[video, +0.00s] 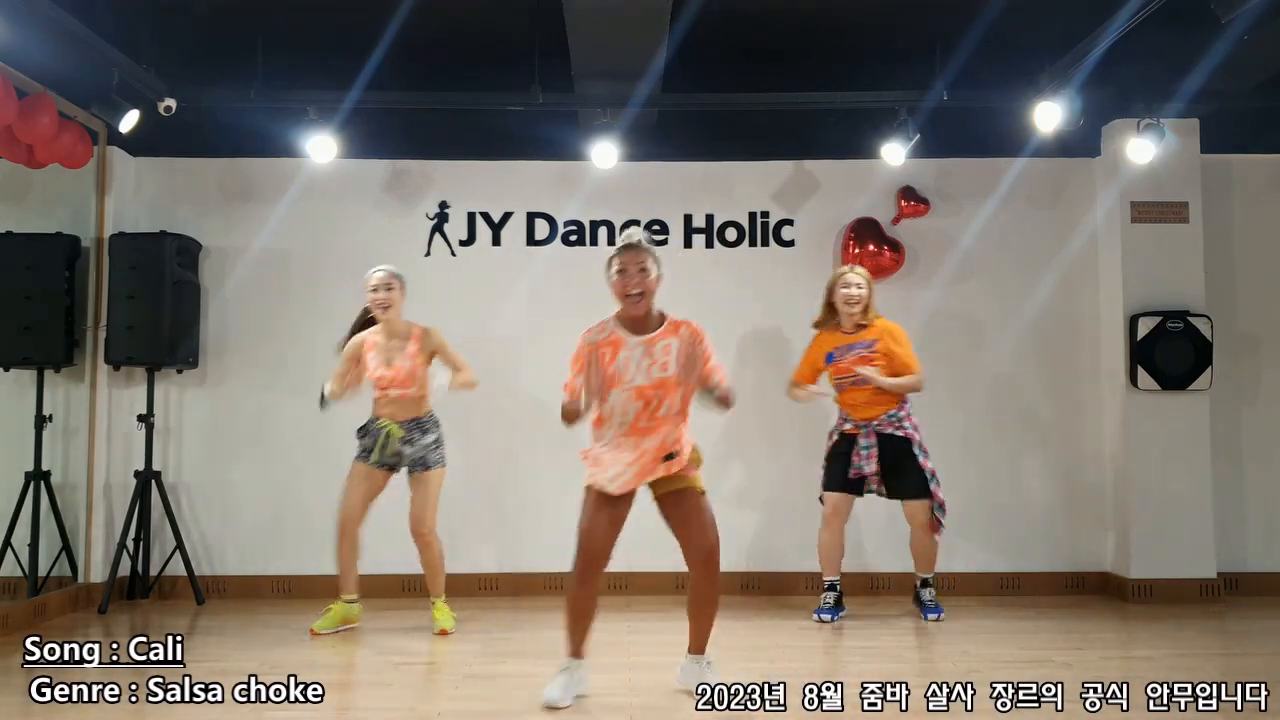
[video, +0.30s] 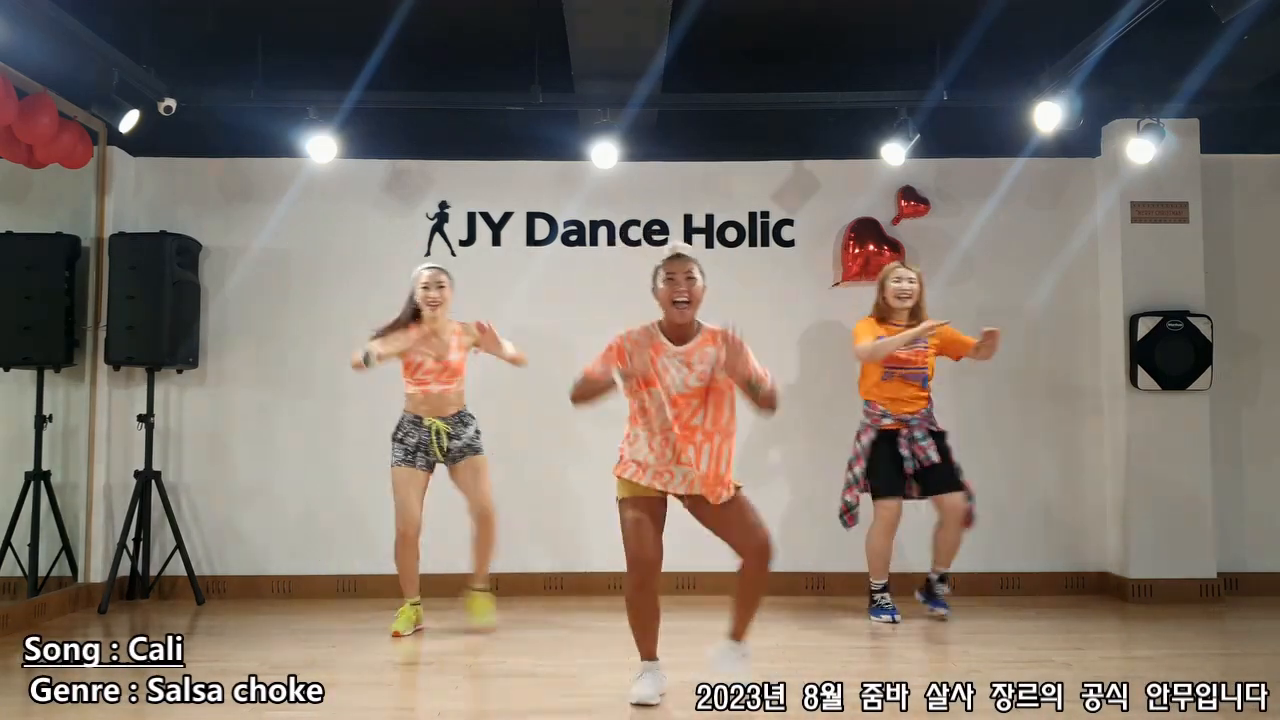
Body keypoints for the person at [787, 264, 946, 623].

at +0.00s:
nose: (853, 291)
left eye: (859, 286)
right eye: (846, 286)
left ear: (869, 294)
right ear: (833, 294)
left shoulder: (887, 332)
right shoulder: (824, 341)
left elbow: (916, 381)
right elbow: (795, 389)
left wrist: (881, 381)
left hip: (894, 431)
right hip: (850, 433)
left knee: (921, 513)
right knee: (833, 510)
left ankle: (925, 589)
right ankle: (831, 592)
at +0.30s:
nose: (905, 286)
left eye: (911, 280)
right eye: (897, 280)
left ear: (920, 291)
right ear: (882, 290)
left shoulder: (930, 330)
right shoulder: (869, 326)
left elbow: (978, 352)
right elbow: (867, 353)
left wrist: (988, 344)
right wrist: (915, 332)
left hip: (923, 430)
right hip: (883, 431)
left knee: (955, 505)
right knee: (887, 512)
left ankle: (935, 586)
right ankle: (879, 596)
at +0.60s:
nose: (965, 295)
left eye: (970, 289)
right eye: (955, 292)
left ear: (980, 299)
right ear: (943, 302)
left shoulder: (981, 350)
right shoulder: (935, 330)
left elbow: (998, 392)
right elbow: (929, 367)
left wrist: (1021, 383)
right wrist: (981, 367)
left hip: (939, 437)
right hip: (901, 427)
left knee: (968, 513)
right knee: (882, 504)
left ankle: (976, 593)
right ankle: (861, 581)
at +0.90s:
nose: (967, 302)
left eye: (973, 295)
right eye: (958, 297)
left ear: (982, 303)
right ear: (944, 305)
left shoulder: (984, 347)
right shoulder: (936, 332)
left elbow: (1028, 363)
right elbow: (985, 346)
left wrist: (1063, 341)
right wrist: (1043, 330)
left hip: (936, 438)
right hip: (901, 427)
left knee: (965, 512)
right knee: (869, 505)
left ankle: (976, 594)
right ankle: (816, 566)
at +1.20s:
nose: (903, 290)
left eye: (910, 285)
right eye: (895, 285)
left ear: (920, 294)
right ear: (882, 294)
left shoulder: (928, 341)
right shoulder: (864, 331)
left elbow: (959, 391)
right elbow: (824, 365)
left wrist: (938, 368)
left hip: (904, 434)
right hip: (862, 433)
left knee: (938, 511)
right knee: (848, 515)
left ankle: (959, 586)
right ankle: (839, 592)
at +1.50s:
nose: (845, 290)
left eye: (852, 285)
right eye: (838, 286)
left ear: (865, 293)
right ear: (829, 296)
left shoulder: (877, 331)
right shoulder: (817, 333)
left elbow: (910, 339)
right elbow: (773, 353)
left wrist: (872, 315)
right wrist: (784, 327)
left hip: (869, 430)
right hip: (826, 429)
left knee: (878, 514)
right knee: (798, 499)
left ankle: (880, 593)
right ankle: (809, 579)